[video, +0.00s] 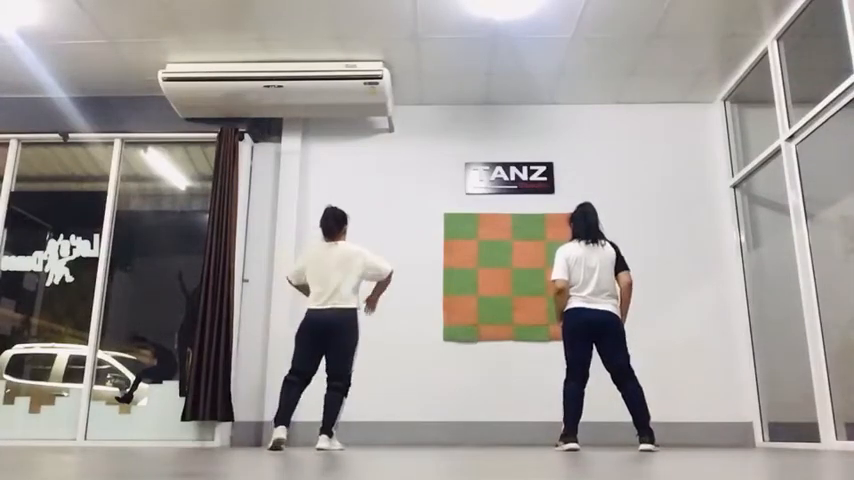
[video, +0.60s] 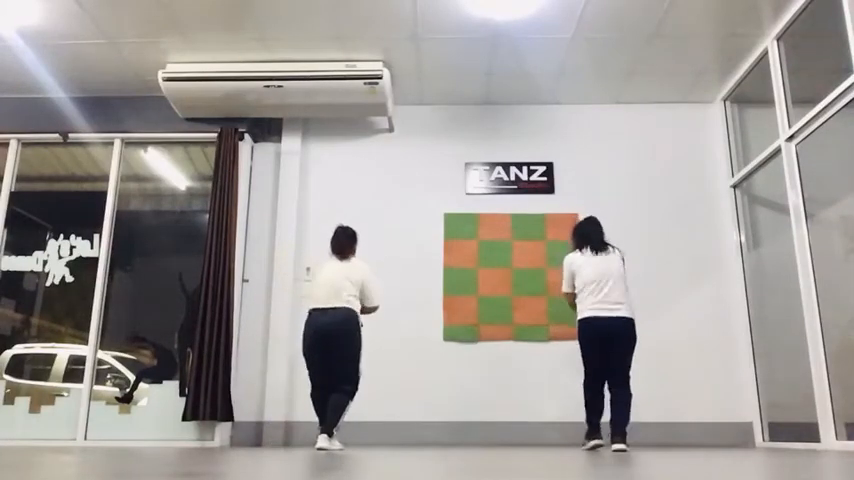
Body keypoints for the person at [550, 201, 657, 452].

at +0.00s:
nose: (569, 226)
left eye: (571, 222)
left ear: (573, 224)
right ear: (596, 222)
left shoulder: (566, 250)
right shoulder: (611, 248)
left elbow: (561, 287)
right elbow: (626, 282)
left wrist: (560, 316)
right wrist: (622, 317)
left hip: (576, 318)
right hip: (609, 318)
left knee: (575, 376)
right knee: (624, 376)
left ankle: (569, 435)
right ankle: (645, 434)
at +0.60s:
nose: (573, 240)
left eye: (574, 236)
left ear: (577, 237)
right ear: (601, 234)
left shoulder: (571, 259)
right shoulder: (617, 254)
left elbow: (569, 295)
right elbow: (621, 286)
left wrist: (581, 310)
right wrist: (609, 306)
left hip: (590, 323)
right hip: (622, 322)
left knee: (593, 378)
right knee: (621, 380)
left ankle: (593, 433)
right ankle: (619, 437)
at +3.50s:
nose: (608, 221)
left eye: (605, 216)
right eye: (604, 217)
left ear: (590, 223)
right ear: (595, 222)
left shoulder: (584, 247)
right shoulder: (597, 245)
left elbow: (589, 278)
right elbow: (600, 272)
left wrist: (609, 283)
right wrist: (617, 284)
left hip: (588, 312)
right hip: (600, 314)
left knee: (598, 375)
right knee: (601, 375)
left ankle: (593, 432)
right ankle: (597, 433)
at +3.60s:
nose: (607, 221)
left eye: (604, 217)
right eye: (603, 218)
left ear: (590, 224)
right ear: (594, 223)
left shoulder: (585, 247)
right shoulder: (598, 245)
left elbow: (587, 278)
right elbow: (605, 270)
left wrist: (611, 285)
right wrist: (619, 284)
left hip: (587, 312)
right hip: (599, 313)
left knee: (597, 375)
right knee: (601, 375)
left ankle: (593, 432)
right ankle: (598, 433)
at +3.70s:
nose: (606, 222)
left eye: (604, 218)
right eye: (602, 219)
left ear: (589, 225)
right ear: (593, 224)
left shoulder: (584, 247)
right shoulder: (599, 241)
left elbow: (589, 278)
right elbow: (608, 264)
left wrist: (612, 284)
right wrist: (621, 282)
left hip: (584, 313)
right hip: (598, 314)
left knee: (597, 375)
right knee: (602, 374)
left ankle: (592, 433)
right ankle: (599, 433)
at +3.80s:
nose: (605, 225)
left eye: (603, 221)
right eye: (602, 222)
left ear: (587, 229)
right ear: (594, 226)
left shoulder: (582, 251)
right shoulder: (601, 241)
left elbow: (585, 282)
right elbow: (611, 261)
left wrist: (611, 285)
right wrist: (624, 285)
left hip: (580, 314)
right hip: (596, 314)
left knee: (595, 375)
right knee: (605, 373)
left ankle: (591, 433)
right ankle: (600, 433)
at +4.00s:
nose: (617, 254)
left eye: (618, 250)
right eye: (616, 249)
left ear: (595, 244)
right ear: (605, 243)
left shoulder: (578, 263)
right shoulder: (604, 258)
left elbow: (579, 297)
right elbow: (616, 290)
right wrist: (611, 307)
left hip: (577, 330)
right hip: (593, 329)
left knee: (611, 379)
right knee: (623, 378)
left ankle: (592, 433)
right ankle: (599, 433)